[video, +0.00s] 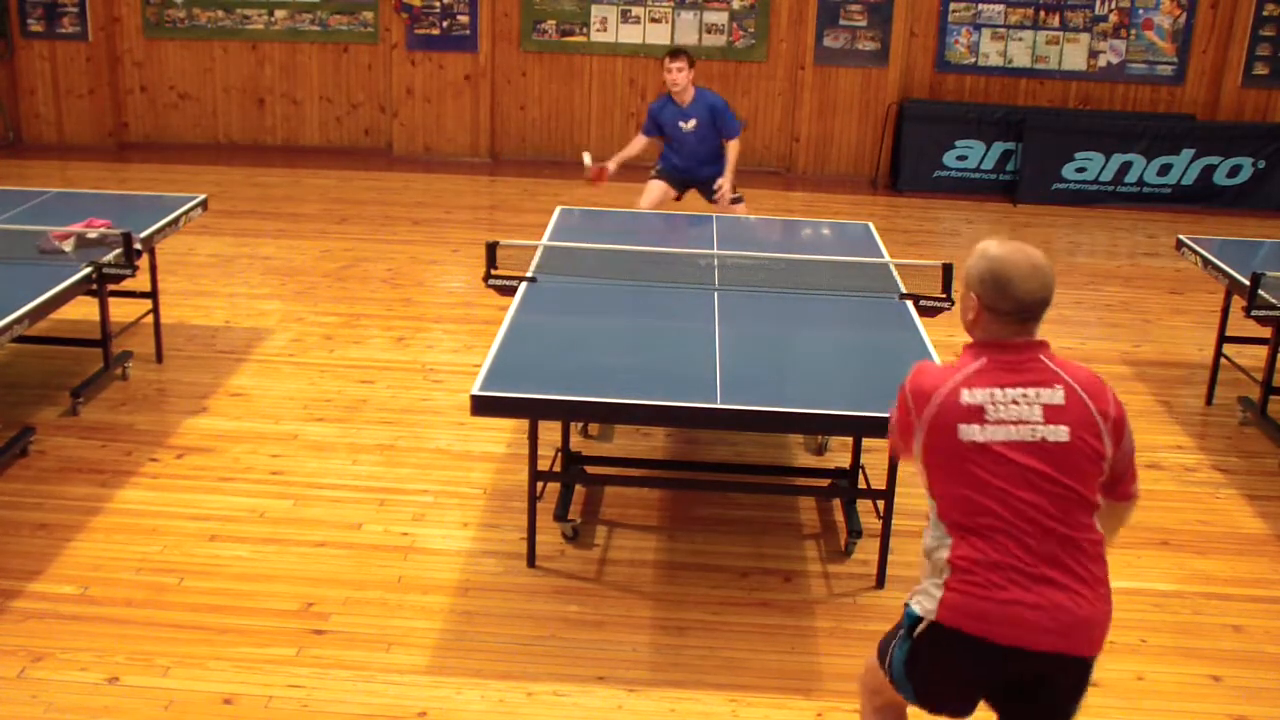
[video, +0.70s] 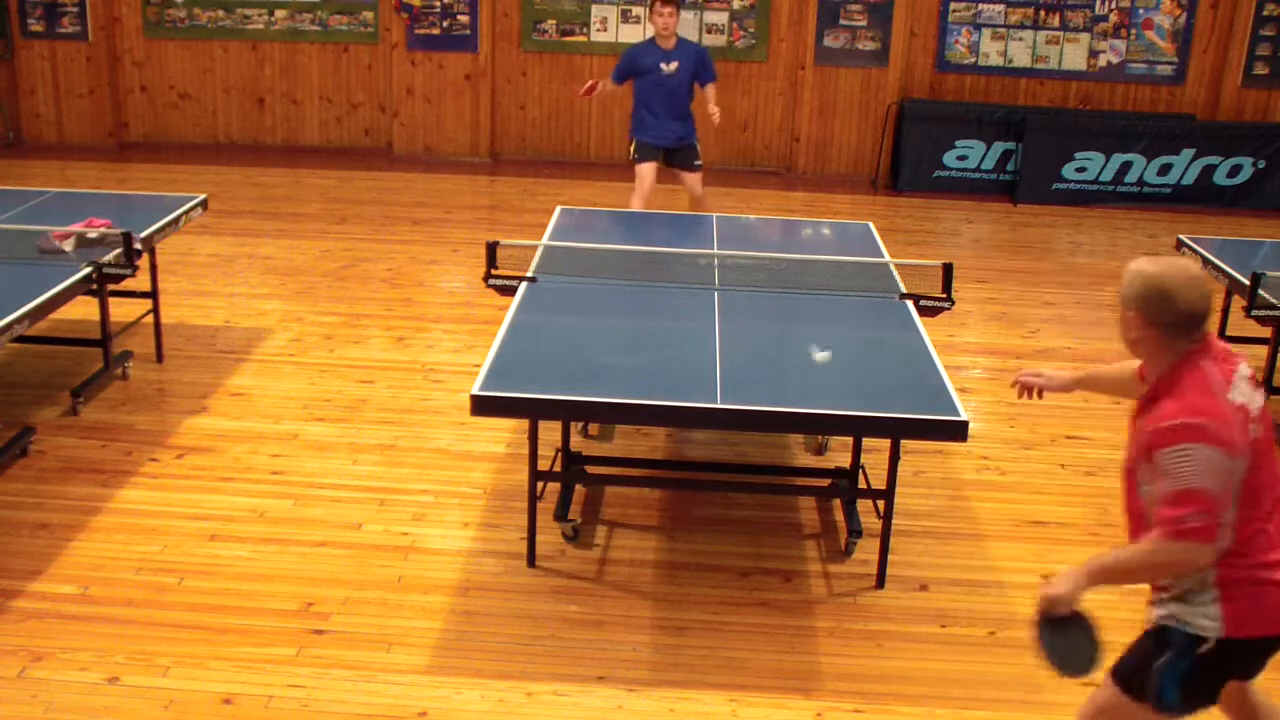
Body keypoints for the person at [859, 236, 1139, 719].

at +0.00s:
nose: (960, 299)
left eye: (962, 291)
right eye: (963, 289)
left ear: (972, 308)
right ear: (1043, 308)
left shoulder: (931, 387)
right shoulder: (1096, 394)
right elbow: (1118, 506)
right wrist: (1072, 548)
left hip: (965, 634)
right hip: (1065, 646)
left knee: (878, 686)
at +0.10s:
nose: (969, 310)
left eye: (972, 302)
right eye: (975, 298)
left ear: (980, 320)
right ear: (1052, 320)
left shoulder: (952, 416)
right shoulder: (1109, 401)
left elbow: (899, 508)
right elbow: (1152, 501)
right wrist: (1123, 560)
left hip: (980, 647)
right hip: (1084, 657)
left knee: (901, 693)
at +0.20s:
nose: (974, 304)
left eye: (976, 296)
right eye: (978, 293)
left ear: (983, 314)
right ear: (1057, 313)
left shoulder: (957, 411)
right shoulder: (1116, 392)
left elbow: (903, 524)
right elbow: (1163, 487)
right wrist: (1155, 563)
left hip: (1000, 647)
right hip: (1104, 655)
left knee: (929, 701)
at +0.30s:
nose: (984, 304)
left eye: (987, 296)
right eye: (989, 293)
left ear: (995, 315)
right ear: (1067, 314)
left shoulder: (974, 413)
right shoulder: (1127, 392)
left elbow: (910, 528)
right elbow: (1176, 487)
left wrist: (900, 529)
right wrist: (1165, 552)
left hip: (1022, 639)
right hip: (1125, 641)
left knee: (932, 709)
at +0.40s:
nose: (1008, 322)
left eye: (1009, 313)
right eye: (1011, 310)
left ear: (1018, 327)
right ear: (1088, 325)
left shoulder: (1004, 423)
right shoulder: (1142, 396)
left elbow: (934, 540)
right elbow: (1178, 489)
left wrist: (900, 534)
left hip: (1052, 644)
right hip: (1149, 642)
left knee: (939, 712)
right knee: (1118, 712)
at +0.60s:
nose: (1076, 316)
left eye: (1079, 307)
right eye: (1080, 304)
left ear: (1090, 325)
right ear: (1153, 319)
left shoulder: (1116, 426)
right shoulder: (1191, 365)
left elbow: (1089, 557)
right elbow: (1142, 398)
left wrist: (1007, 579)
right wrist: (1079, 408)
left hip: (1176, 616)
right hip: (1253, 597)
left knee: (1045, 712)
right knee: (1204, 698)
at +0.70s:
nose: (1119, 317)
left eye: (1121, 308)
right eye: (1123, 306)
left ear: (1135, 324)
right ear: (1195, 312)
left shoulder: (1190, 419)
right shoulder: (1213, 356)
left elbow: (1191, 545)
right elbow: (1146, 377)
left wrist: (1083, 575)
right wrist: (1070, 379)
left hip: (1224, 612)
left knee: (1103, 712)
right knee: (1234, 690)